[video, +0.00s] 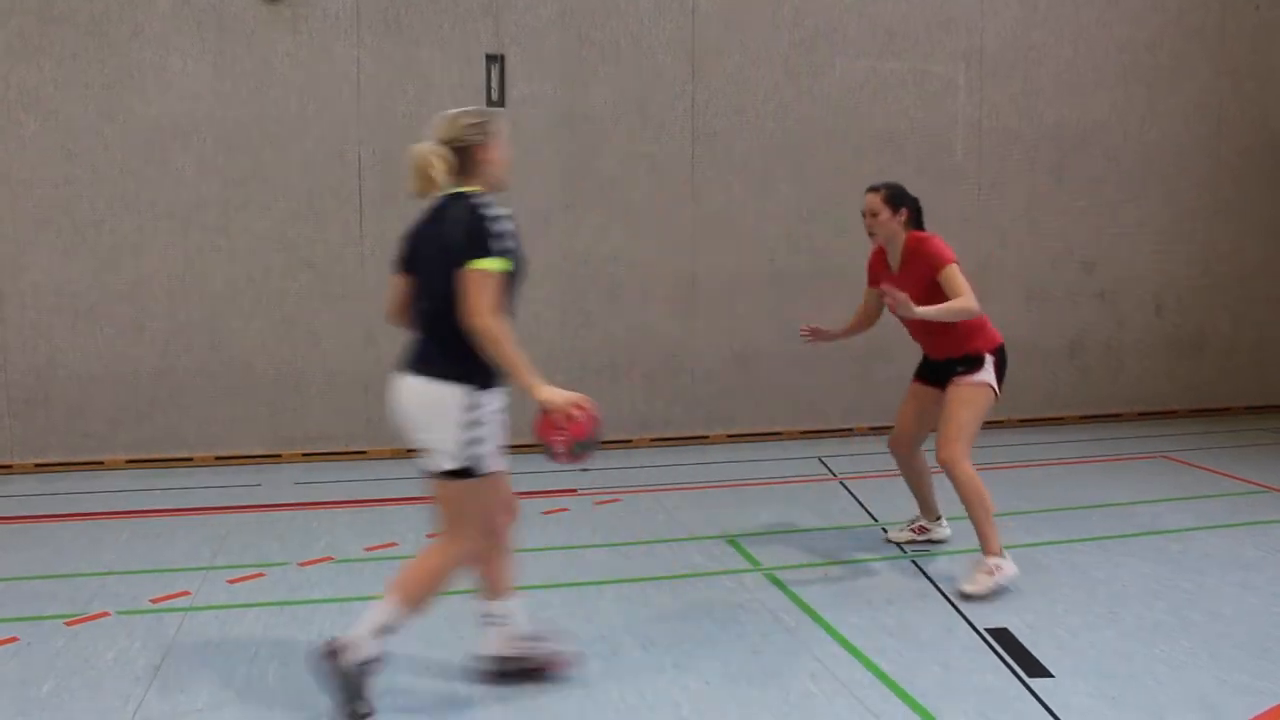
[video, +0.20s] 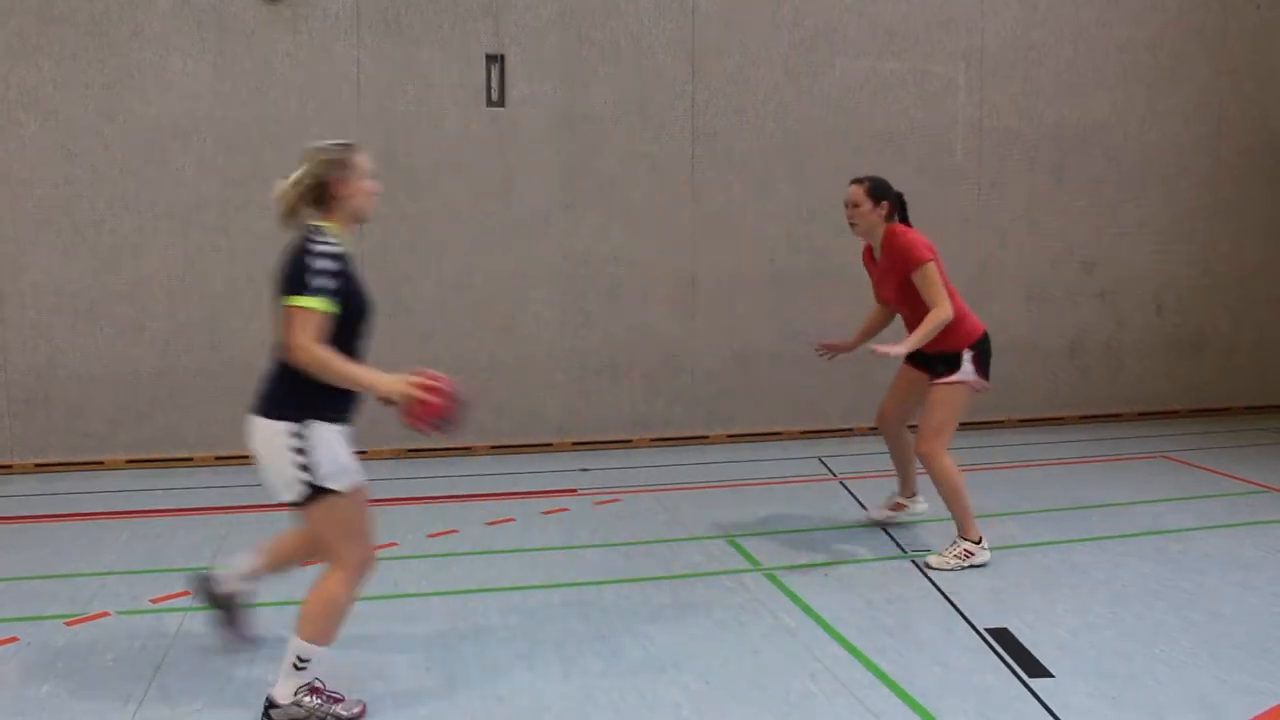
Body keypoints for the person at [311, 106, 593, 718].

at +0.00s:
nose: (507, 154)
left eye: (503, 143)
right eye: (501, 145)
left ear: (456, 155)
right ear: (482, 152)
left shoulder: (431, 216)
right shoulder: (488, 218)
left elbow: (400, 307)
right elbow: (481, 315)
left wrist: (459, 322)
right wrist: (540, 388)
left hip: (421, 387)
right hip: (460, 395)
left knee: (496, 510)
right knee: (467, 535)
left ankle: (504, 639)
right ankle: (358, 647)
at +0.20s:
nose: (375, 187)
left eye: (372, 178)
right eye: (366, 178)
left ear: (340, 187)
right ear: (336, 187)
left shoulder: (332, 252)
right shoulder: (319, 252)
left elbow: (321, 348)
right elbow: (301, 347)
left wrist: (387, 387)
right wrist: (382, 382)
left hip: (310, 423)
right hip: (297, 426)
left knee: (331, 532)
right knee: (352, 556)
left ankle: (229, 581)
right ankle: (293, 687)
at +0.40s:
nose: (268, 190)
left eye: (266, 181)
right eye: (258, 181)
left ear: (231, 190)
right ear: (224, 188)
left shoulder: (236, 250)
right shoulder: (197, 248)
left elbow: (241, 328)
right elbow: (184, 338)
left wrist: (282, 371)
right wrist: (264, 319)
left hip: (196, 408)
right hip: (173, 409)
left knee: (182, 525)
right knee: (233, 522)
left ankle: (105, 617)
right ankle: (233, 666)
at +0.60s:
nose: (194, 162)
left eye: (193, 152)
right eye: (185, 152)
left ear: (155, 157)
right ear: (152, 156)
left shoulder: (149, 210)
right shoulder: (132, 212)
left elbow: (148, 292)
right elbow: (154, 289)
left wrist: (183, 343)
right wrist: (209, 235)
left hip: (140, 372)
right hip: (113, 373)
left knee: (138, 488)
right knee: (123, 496)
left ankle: (105, 604)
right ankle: (29, 582)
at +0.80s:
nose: (144, 208)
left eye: (143, 198)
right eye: (135, 198)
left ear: (104, 206)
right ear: (103, 204)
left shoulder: (104, 255)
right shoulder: (83, 259)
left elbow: (84, 336)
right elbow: (162, 295)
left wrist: (108, 392)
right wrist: (192, 228)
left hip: (93, 413)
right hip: (52, 416)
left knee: (125, 500)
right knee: (21, 527)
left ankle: (49, 580)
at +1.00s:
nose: (164, 206)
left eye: (163, 196)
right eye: (155, 197)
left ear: (124, 201)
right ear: (122, 199)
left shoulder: (118, 245)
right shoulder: (106, 249)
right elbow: (171, 313)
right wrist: (231, 270)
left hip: (102, 397)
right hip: (67, 397)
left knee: (117, 486)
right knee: (43, 508)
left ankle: (45, 574)